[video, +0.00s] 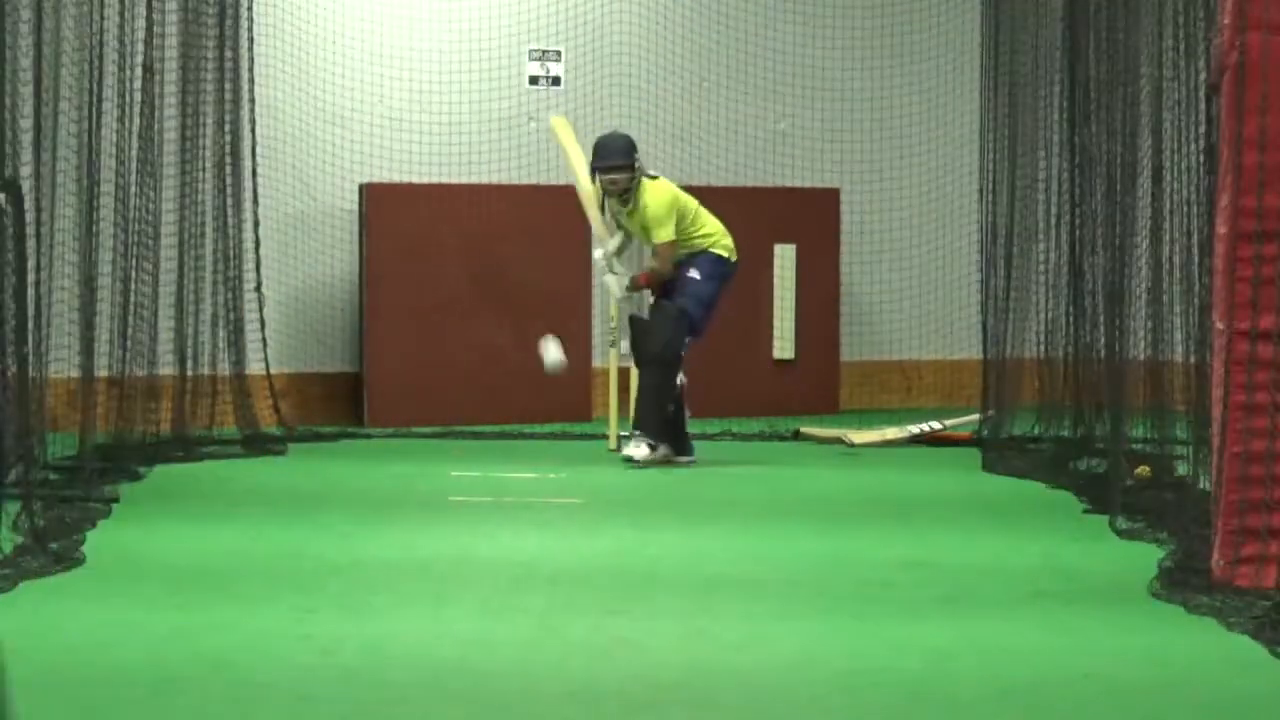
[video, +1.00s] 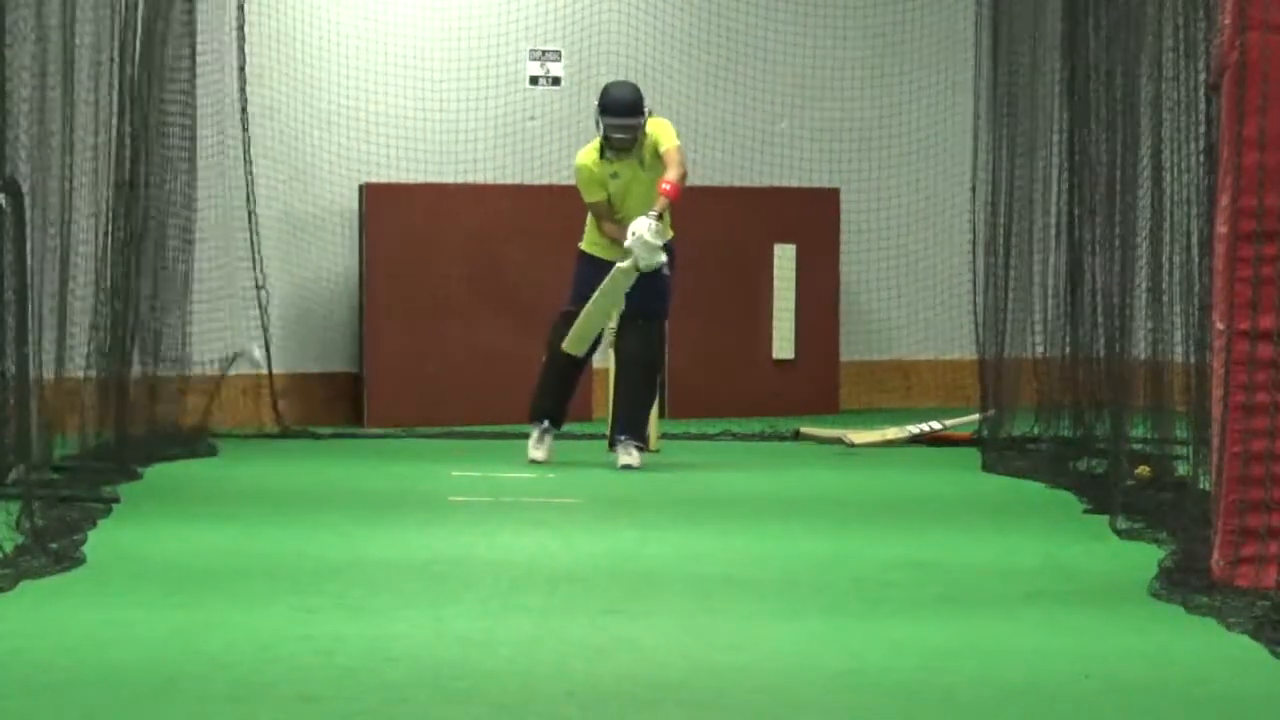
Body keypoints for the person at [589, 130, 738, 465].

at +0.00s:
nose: (614, 179)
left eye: (621, 171)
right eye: (606, 173)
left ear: (634, 170)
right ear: (597, 175)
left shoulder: (655, 198)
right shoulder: (610, 197)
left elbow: (665, 268)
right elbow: (626, 228)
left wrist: (630, 283)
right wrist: (614, 249)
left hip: (711, 253)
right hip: (678, 257)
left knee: (665, 337)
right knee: (658, 345)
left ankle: (648, 436)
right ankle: (676, 443)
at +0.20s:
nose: (607, 193)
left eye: (613, 185)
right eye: (599, 187)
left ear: (625, 174)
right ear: (588, 184)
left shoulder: (643, 171)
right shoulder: (592, 216)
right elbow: (628, 257)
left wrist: (645, 231)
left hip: (690, 256)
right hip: (650, 270)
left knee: (667, 340)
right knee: (639, 345)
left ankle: (636, 440)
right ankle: (673, 442)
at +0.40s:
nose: (625, 180)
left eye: (631, 171)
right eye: (617, 174)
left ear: (639, 154)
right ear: (602, 165)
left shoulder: (649, 140)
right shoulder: (598, 196)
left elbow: (670, 159)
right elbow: (630, 234)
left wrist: (657, 208)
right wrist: (649, 255)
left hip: (673, 251)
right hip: (625, 260)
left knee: (666, 341)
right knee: (627, 337)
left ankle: (644, 432)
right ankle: (631, 433)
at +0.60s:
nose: (629, 164)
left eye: (637, 156)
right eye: (621, 156)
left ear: (650, 144)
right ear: (608, 146)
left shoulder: (667, 144)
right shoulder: (596, 177)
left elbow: (683, 187)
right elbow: (611, 231)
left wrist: (658, 237)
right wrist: (622, 257)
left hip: (662, 250)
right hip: (612, 252)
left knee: (649, 341)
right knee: (593, 333)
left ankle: (631, 439)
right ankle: (561, 418)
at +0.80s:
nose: (625, 150)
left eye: (633, 142)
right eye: (618, 142)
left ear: (648, 128)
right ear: (605, 130)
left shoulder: (663, 135)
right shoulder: (592, 167)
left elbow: (680, 176)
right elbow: (610, 223)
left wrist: (659, 224)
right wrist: (630, 249)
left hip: (653, 251)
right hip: (602, 251)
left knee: (643, 346)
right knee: (578, 336)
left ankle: (629, 438)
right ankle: (544, 424)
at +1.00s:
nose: (621, 137)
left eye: (629, 130)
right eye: (614, 130)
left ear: (642, 122)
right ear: (601, 123)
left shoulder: (657, 130)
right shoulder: (588, 162)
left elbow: (676, 168)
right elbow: (603, 220)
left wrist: (656, 213)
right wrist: (632, 240)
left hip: (650, 252)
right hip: (600, 251)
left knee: (643, 343)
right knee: (576, 333)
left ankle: (629, 438)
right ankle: (545, 425)